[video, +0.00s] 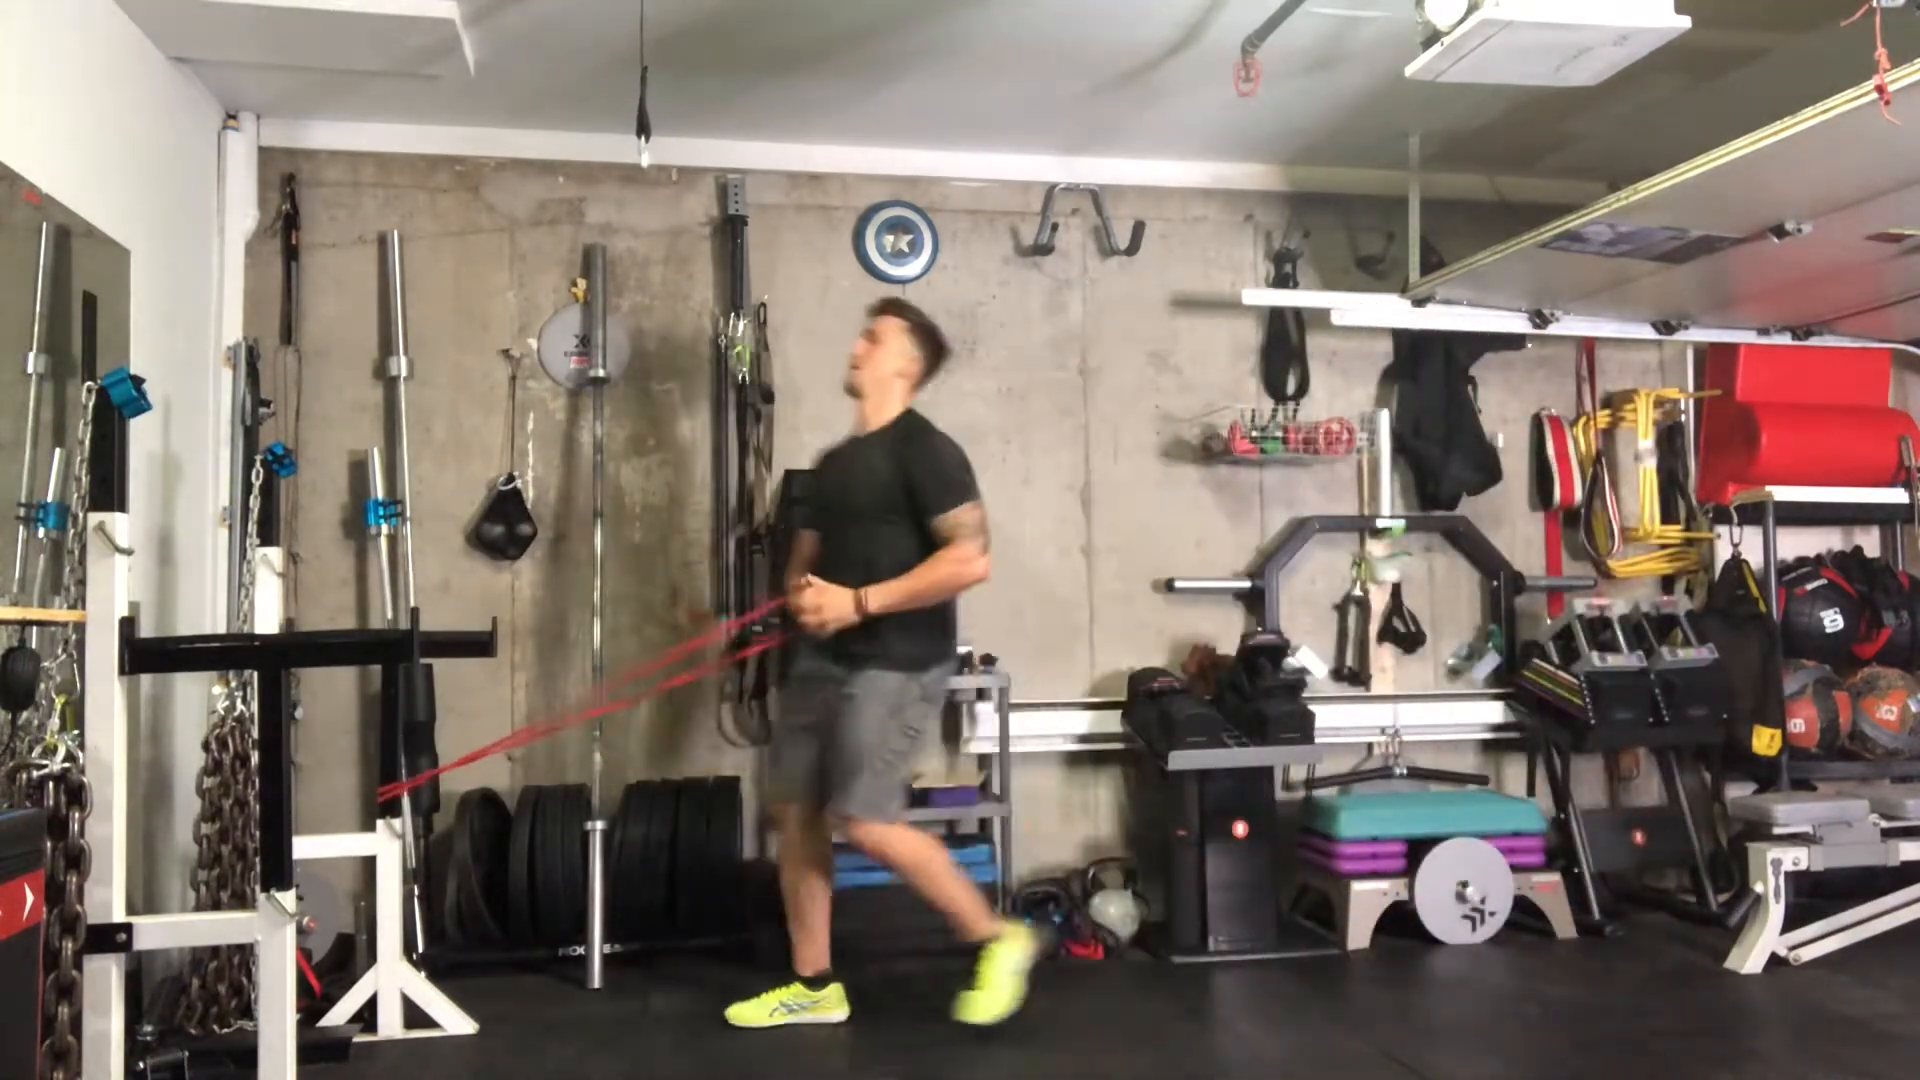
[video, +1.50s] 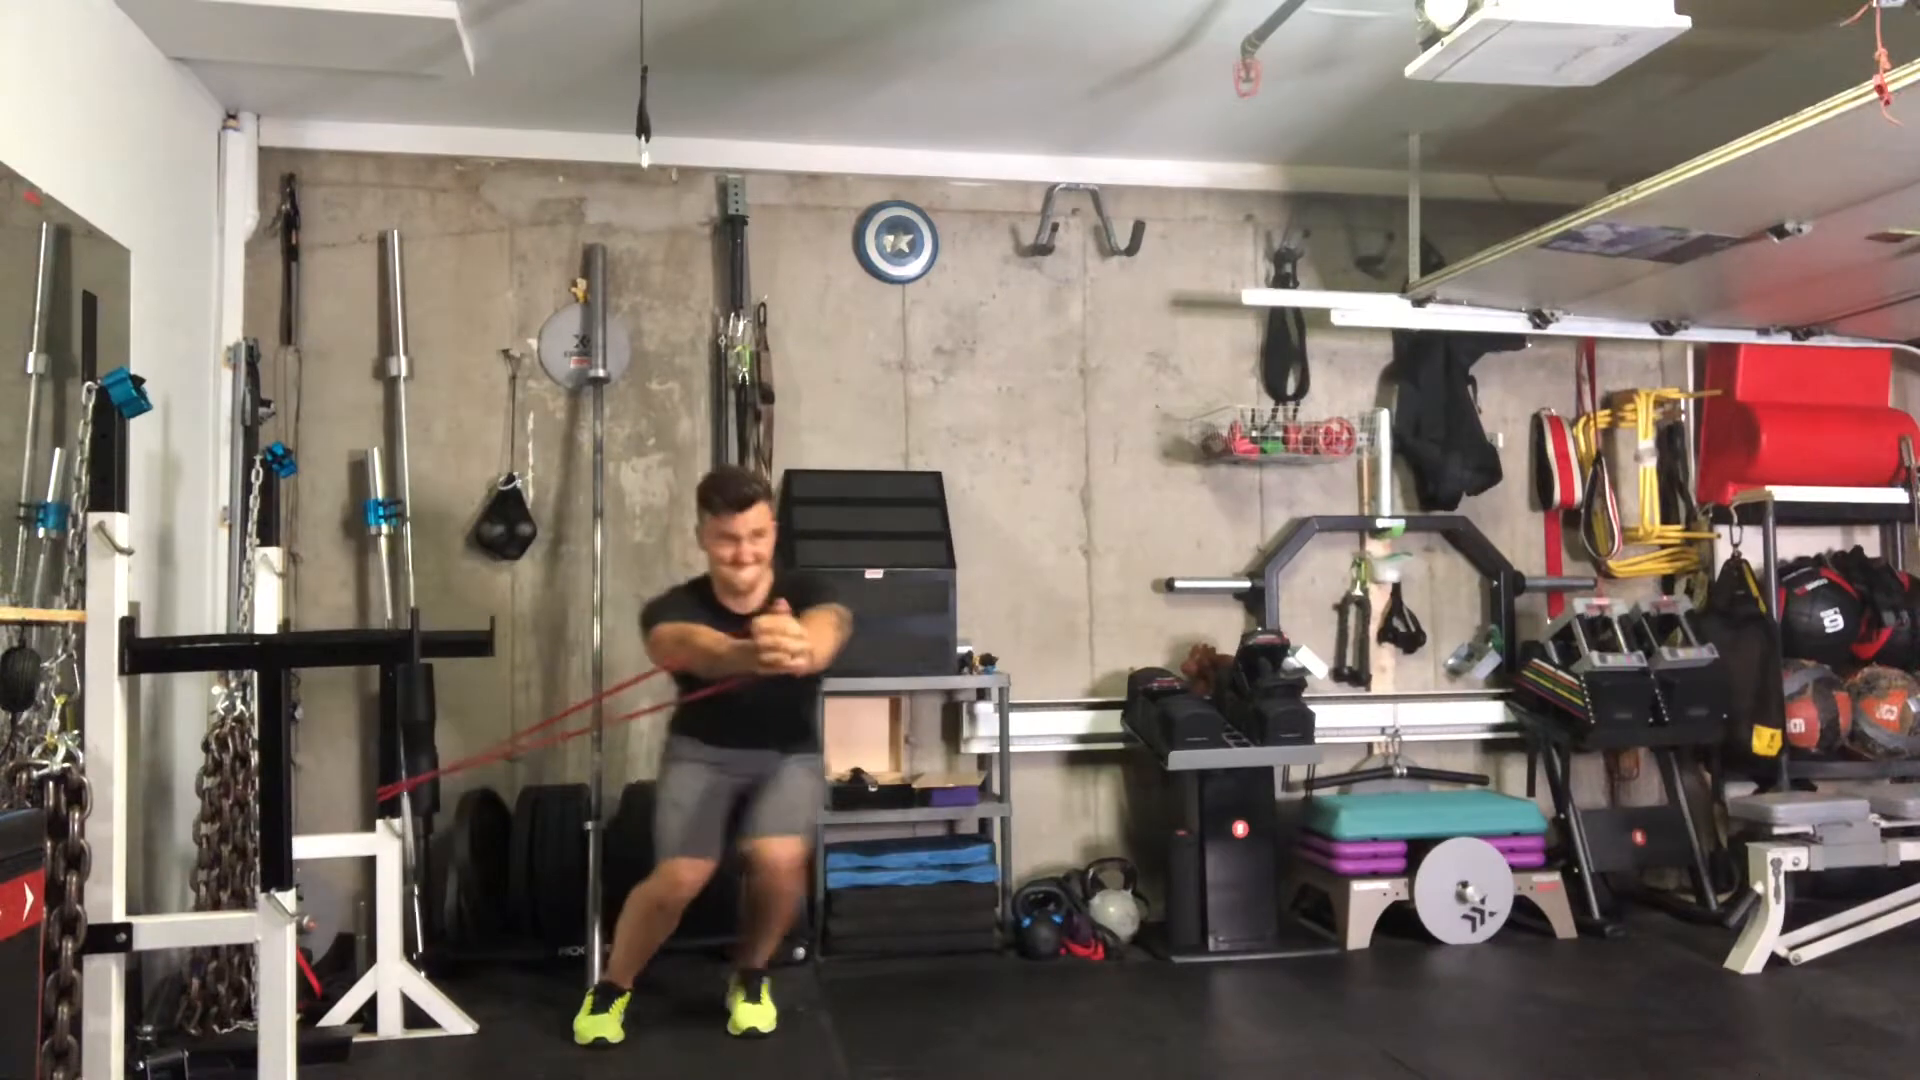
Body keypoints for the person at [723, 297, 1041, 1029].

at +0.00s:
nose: (855, 346)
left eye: (874, 338)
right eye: (861, 335)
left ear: (912, 365)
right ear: (871, 362)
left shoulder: (928, 449)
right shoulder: (831, 464)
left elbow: (969, 559)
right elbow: (800, 564)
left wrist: (860, 600)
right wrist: (803, 595)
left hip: (898, 665)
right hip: (821, 661)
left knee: (864, 813)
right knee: (796, 815)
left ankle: (1000, 937)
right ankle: (815, 983)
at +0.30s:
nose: (807, 344)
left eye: (825, 336)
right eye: (801, 334)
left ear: (859, 361)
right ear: (791, 354)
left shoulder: (890, 458)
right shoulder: (752, 453)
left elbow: (932, 567)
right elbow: (715, 558)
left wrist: (841, 588)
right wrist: (763, 582)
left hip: (834, 660)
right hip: (754, 653)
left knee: (790, 816)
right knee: (724, 807)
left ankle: (780, 995)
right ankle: (806, 966)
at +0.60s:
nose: (777, 363)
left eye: (793, 351)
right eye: (765, 350)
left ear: (817, 369)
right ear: (747, 365)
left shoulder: (852, 472)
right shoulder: (702, 463)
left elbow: (865, 584)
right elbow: (671, 571)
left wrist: (783, 556)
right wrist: (739, 553)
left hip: (806, 678)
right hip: (714, 671)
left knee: (793, 834)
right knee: (666, 826)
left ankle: (782, 1000)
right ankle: (668, 969)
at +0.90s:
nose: (712, 400)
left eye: (728, 387)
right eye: (699, 387)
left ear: (755, 401)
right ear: (682, 398)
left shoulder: (788, 491)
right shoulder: (636, 490)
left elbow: (798, 559)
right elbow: (643, 563)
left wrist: (758, 571)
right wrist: (698, 571)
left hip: (761, 679)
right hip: (665, 684)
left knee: (771, 810)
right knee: (636, 836)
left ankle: (786, 986)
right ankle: (606, 988)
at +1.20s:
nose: (703, 511)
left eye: (718, 495)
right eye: (689, 496)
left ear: (742, 500)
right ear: (671, 502)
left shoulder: (772, 563)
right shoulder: (632, 572)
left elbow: (788, 603)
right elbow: (643, 611)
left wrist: (759, 616)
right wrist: (701, 614)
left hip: (744, 736)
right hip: (657, 735)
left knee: (725, 853)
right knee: (649, 856)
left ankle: (746, 981)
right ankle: (608, 990)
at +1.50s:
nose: (744, 553)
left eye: (756, 537)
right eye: (728, 539)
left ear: (775, 533)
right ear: (702, 539)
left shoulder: (807, 589)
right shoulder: (673, 608)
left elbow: (830, 624)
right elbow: (678, 650)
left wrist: (806, 646)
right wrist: (751, 654)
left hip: (789, 756)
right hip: (701, 755)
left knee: (779, 858)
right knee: (683, 874)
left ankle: (750, 978)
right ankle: (611, 990)